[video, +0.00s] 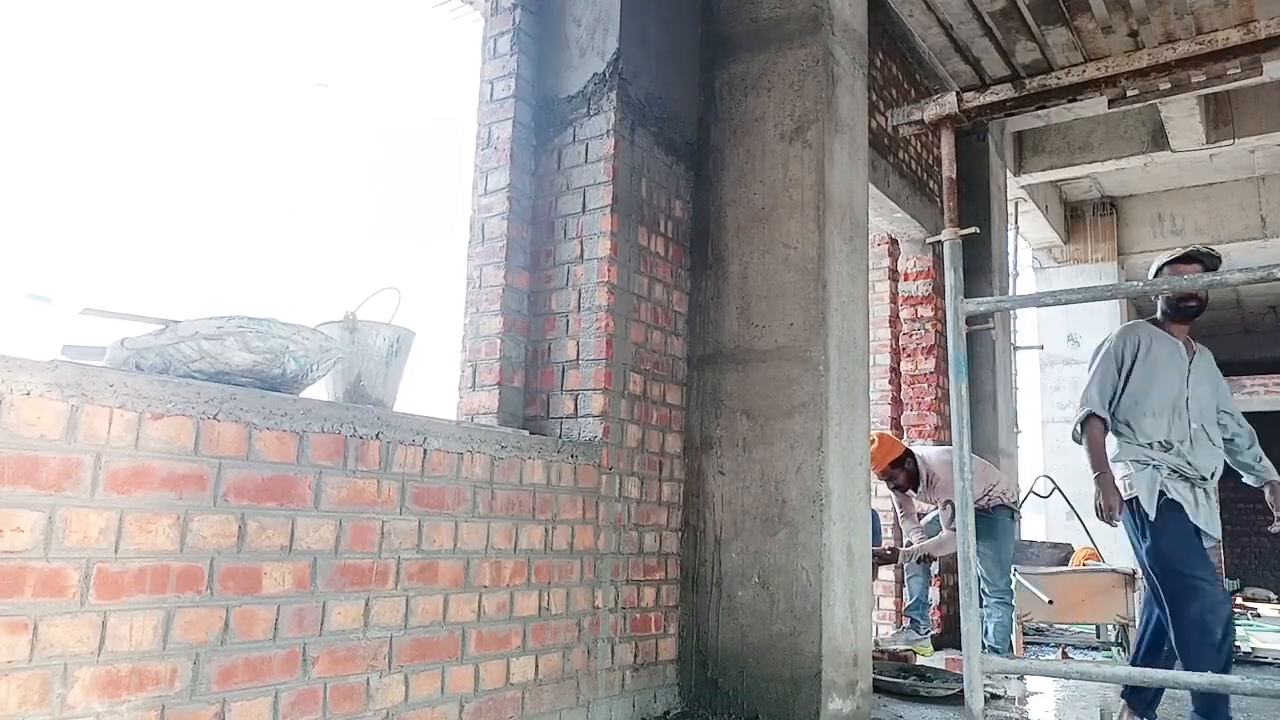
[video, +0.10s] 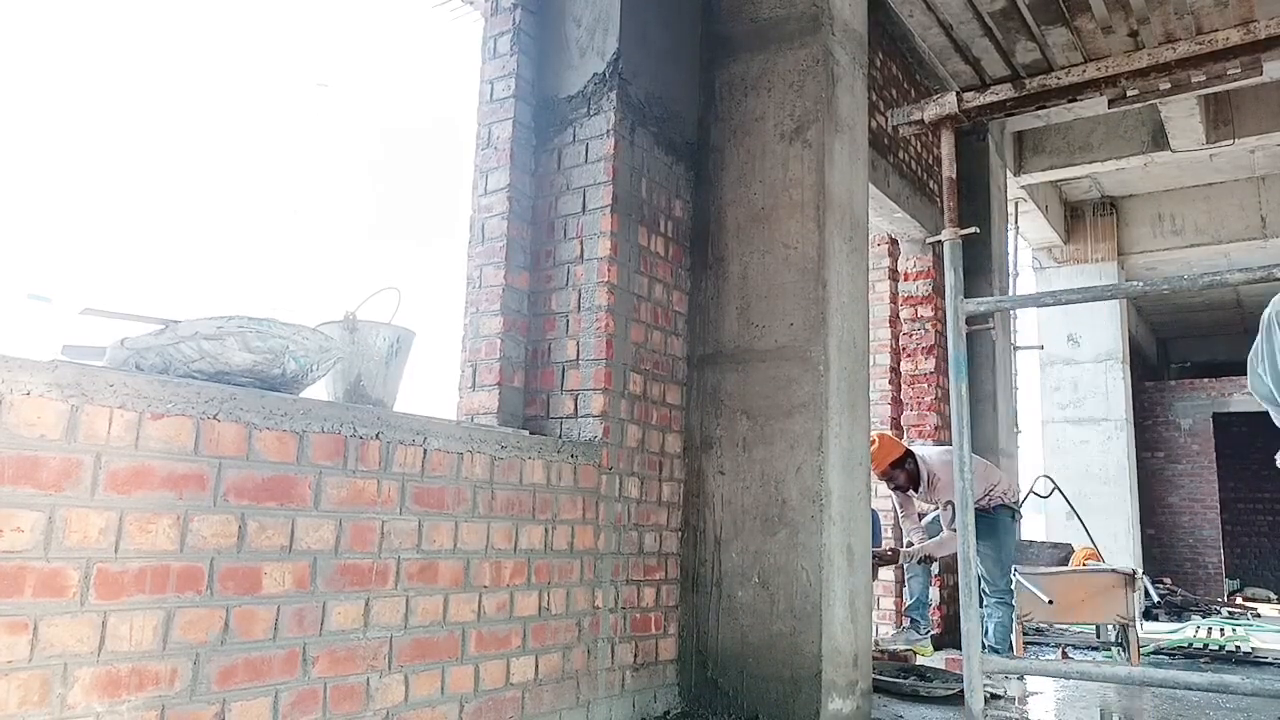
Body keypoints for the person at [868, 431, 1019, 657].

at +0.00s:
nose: (890, 486)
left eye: (892, 478)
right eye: (885, 481)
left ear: (908, 463)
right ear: (879, 476)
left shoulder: (943, 474)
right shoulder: (897, 479)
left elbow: (955, 537)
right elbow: (907, 516)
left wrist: (903, 555)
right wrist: (922, 545)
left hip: (993, 507)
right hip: (956, 508)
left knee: (996, 588)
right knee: (914, 548)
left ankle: (996, 661)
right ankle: (918, 628)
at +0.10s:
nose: (891, 486)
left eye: (892, 478)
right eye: (885, 481)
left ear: (908, 464)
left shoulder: (943, 472)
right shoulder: (898, 479)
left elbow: (956, 538)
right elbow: (909, 519)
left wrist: (903, 556)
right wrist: (923, 546)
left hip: (995, 508)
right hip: (956, 509)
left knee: (996, 590)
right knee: (915, 547)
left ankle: (996, 663)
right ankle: (918, 628)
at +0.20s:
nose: (892, 486)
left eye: (893, 479)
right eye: (887, 482)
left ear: (909, 464)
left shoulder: (944, 473)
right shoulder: (899, 479)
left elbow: (956, 538)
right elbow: (908, 519)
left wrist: (905, 556)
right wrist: (925, 547)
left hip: (994, 507)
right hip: (956, 509)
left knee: (995, 589)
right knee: (914, 547)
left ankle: (996, 661)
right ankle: (917, 627)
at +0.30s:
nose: (891, 486)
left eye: (893, 478)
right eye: (886, 481)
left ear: (909, 464)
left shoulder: (943, 472)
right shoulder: (898, 478)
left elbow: (955, 539)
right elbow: (907, 517)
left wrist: (904, 556)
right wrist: (923, 545)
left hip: (994, 507)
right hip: (956, 509)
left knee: (995, 589)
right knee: (914, 548)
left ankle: (997, 663)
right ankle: (918, 628)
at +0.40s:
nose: (892, 486)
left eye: (894, 479)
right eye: (887, 481)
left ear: (910, 464)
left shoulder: (944, 472)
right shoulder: (899, 479)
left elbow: (955, 539)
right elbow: (907, 518)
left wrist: (905, 556)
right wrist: (924, 546)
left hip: (994, 507)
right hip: (956, 509)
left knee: (994, 588)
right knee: (913, 548)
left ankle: (997, 661)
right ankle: (918, 628)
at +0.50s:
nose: (885, 482)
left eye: (889, 475)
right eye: (882, 476)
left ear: (906, 467)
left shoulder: (945, 473)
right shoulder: (898, 477)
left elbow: (956, 539)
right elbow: (907, 518)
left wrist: (907, 555)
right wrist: (925, 544)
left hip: (994, 507)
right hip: (957, 510)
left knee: (995, 588)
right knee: (914, 547)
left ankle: (997, 663)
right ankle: (918, 628)